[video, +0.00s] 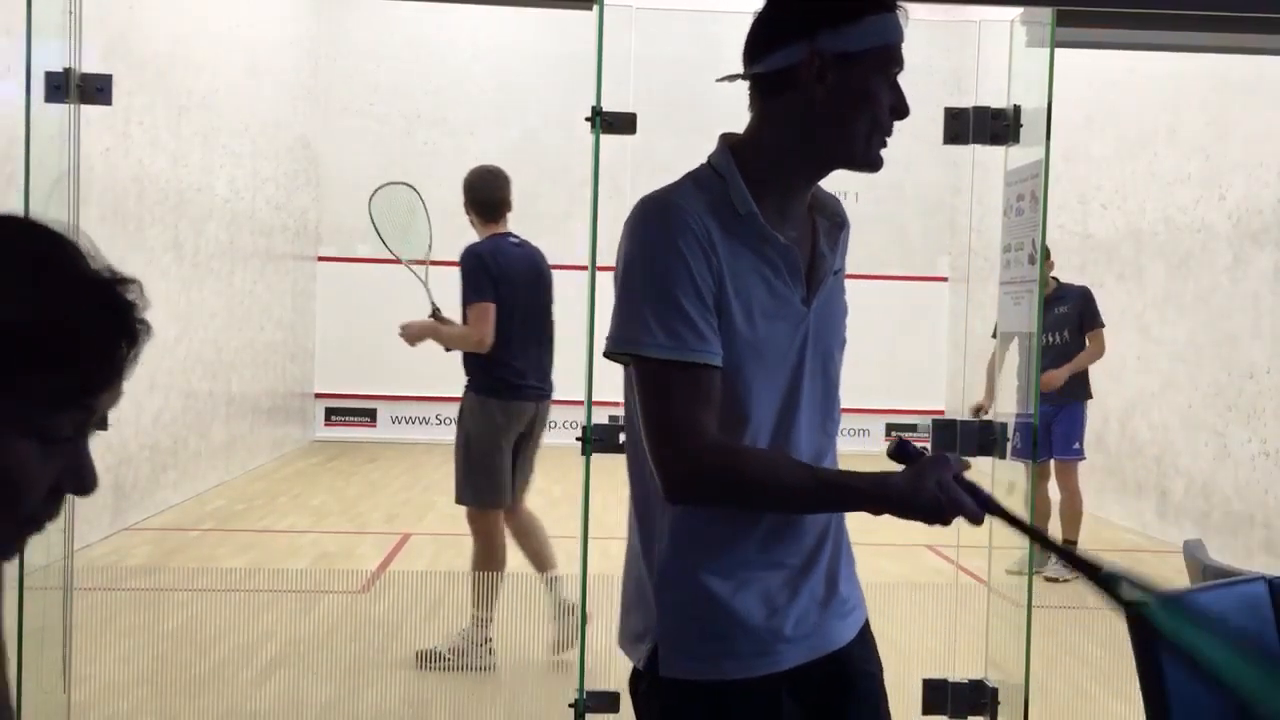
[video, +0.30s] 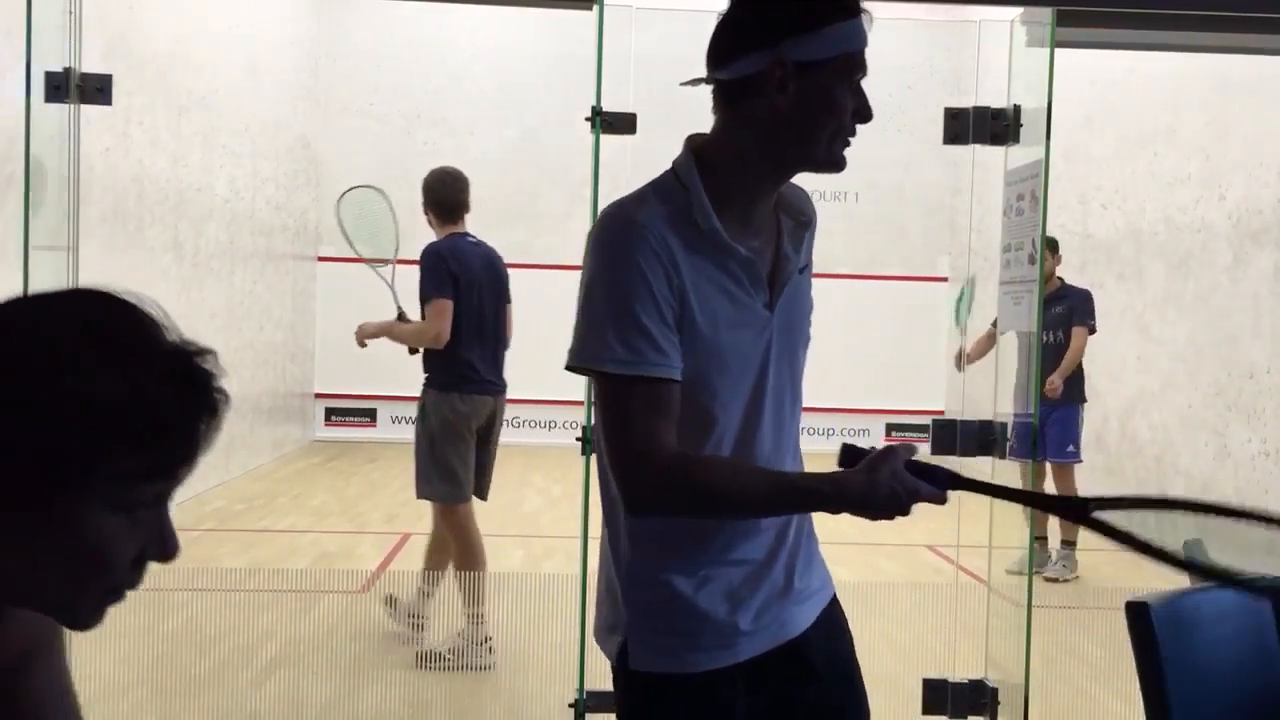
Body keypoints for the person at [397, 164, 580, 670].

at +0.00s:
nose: (468, 212)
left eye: (466, 205)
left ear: (467, 207)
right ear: (510, 204)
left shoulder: (479, 256)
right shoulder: (534, 257)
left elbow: (479, 339)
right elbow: (529, 333)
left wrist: (430, 329)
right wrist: (453, 326)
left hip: (492, 402)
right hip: (534, 402)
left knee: (485, 517)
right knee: (513, 507)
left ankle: (478, 638)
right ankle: (562, 600)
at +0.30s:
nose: (423, 213)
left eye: (422, 206)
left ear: (426, 209)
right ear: (467, 205)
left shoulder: (438, 255)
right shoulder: (491, 257)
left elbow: (436, 333)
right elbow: (502, 334)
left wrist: (385, 329)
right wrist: (421, 330)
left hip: (451, 399)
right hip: (489, 398)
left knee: (456, 510)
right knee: (449, 506)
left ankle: (476, 635)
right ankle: (419, 607)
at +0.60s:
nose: (402, 212)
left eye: (401, 205)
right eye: (413, 203)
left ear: (405, 208)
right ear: (445, 208)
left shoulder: (416, 252)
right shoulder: (460, 258)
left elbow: (419, 326)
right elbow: (474, 335)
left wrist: (369, 326)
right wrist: (405, 327)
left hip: (411, 395)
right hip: (451, 398)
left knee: (382, 505)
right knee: (419, 502)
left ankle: (453, 612)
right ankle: (400, 613)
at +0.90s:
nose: (386, 212)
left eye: (384, 204)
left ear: (386, 207)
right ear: (425, 207)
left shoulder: (391, 248)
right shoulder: (442, 258)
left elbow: (390, 320)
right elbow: (448, 331)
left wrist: (346, 322)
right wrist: (376, 316)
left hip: (388, 393)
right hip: (432, 395)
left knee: (344, 492)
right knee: (410, 495)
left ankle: (358, 615)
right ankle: (401, 616)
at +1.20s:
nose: (362, 212)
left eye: (360, 205)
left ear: (361, 208)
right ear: (400, 208)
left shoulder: (365, 246)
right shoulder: (420, 258)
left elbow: (365, 317)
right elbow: (436, 333)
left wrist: (323, 321)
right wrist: (385, 325)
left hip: (369, 393)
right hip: (414, 396)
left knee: (323, 490)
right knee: (400, 494)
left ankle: (329, 615)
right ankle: (400, 617)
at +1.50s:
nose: (323, 212)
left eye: (320, 205)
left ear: (322, 207)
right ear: (362, 206)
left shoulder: (330, 250)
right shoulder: (383, 256)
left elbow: (336, 323)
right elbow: (407, 327)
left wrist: (287, 327)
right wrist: (355, 334)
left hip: (335, 395)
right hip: (378, 397)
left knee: (294, 497)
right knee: (374, 493)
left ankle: (295, 625)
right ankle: (396, 613)